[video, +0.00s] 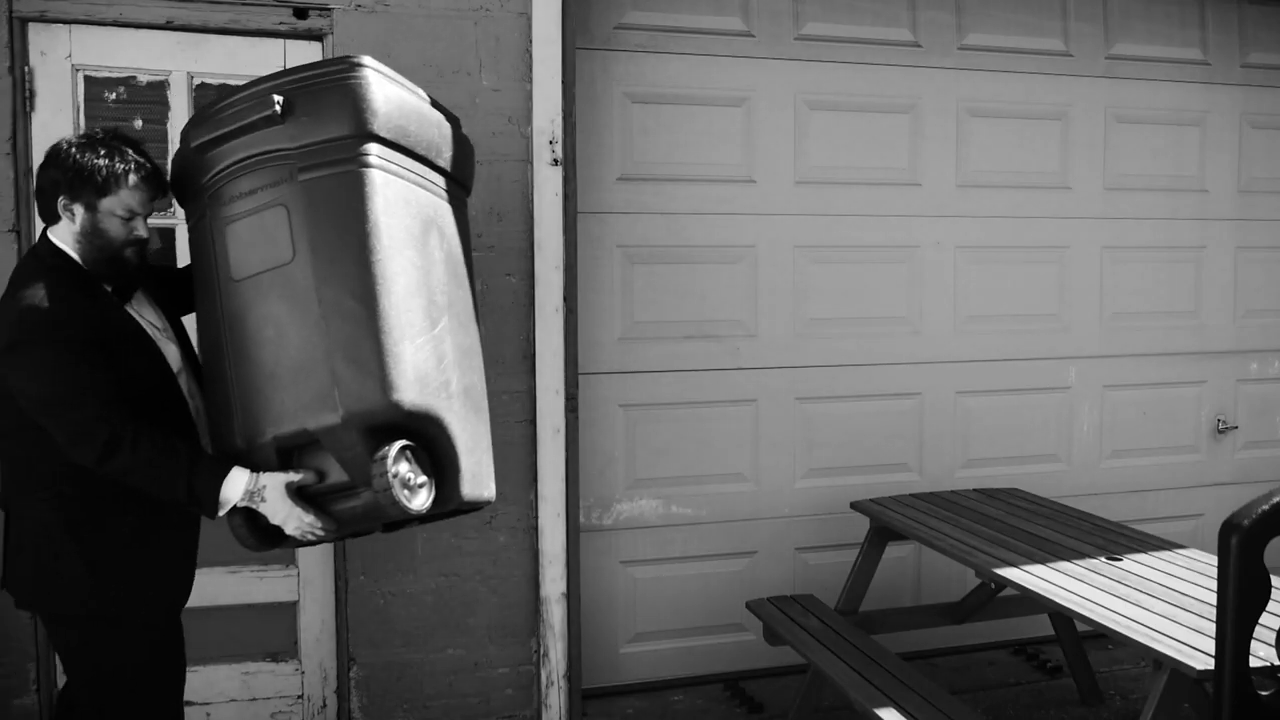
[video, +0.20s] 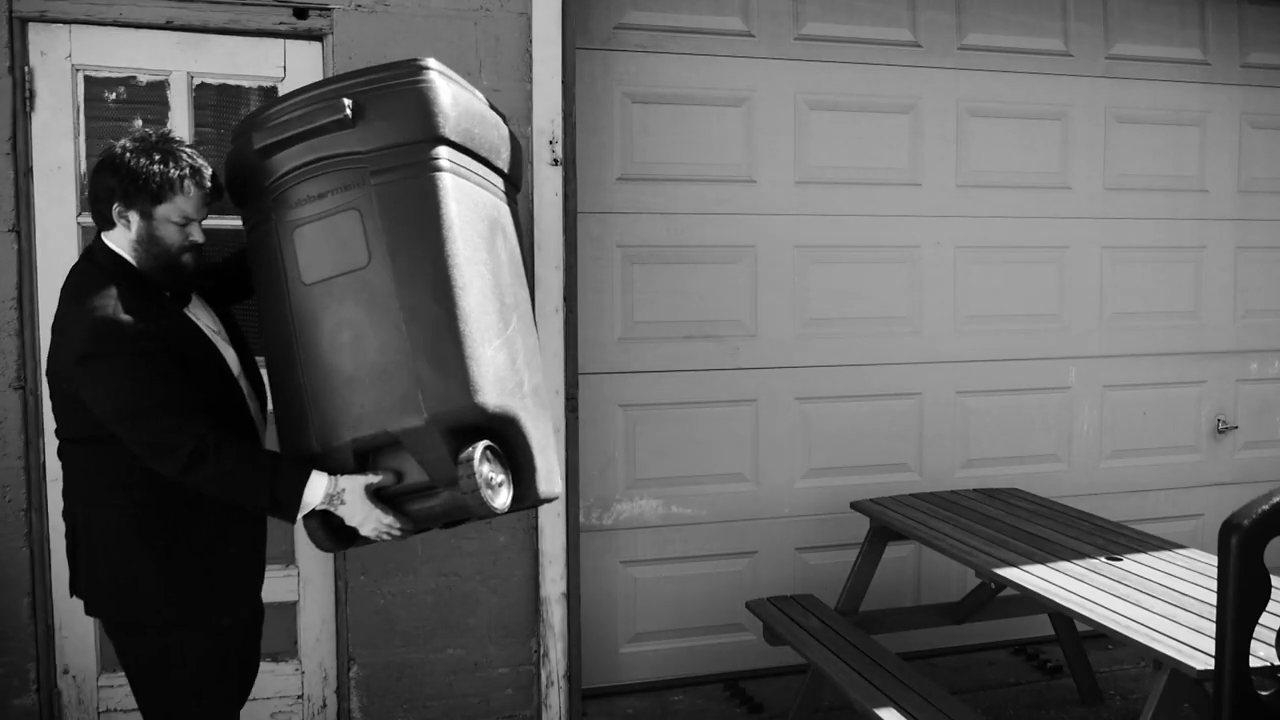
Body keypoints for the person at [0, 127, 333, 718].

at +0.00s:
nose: (144, 232)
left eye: (147, 216)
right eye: (126, 218)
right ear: (69, 211)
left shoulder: (122, 274)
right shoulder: (40, 311)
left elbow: (213, 282)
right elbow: (108, 444)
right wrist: (245, 488)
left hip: (144, 551)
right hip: (95, 569)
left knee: (141, 697)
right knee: (132, 703)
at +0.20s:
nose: (198, 239)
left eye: (199, 223)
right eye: (183, 226)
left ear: (129, 219)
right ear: (125, 218)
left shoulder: (165, 276)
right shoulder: (103, 320)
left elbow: (256, 269)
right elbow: (188, 451)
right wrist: (324, 492)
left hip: (210, 559)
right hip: (163, 582)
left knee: (223, 693)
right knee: (190, 705)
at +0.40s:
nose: (255, 229)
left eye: (256, 213)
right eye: (239, 217)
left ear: (185, 214)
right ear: (181, 213)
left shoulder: (222, 265)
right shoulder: (168, 313)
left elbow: (321, 242)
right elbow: (256, 447)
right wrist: (388, 479)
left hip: (261, 556)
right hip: (215, 576)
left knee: (293, 696)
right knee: (237, 706)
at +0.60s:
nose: (317, 238)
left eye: (318, 221)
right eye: (302, 225)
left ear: (247, 222)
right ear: (245, 220)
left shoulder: (266, 272)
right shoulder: (236, 319)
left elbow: (338, 260)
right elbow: (322, 446)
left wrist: (414, 203)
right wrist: (452, 477)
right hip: (274, 576)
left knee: (339, 702)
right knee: (286, 706)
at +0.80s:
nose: (385, 243)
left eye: (387, 228)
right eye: (371, 230)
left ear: (320, 225)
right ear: (318, 224)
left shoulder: (334, 279)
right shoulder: (306, 321)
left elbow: (403, 270)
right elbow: (387, 443)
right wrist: (508, 479)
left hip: (379, 552)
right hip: (345, 570)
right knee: (354, 703)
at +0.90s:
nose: (412, 240)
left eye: (415, 225)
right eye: (398, 226)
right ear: (348, 220)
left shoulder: (372, 279)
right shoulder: (334, 314)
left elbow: (427, 278)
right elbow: (412, 437)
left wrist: (494, 223)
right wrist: (530, 476)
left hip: (412, 535)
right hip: (373, 550)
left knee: (419, 692)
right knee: (394, 696)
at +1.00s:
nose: (436, 236)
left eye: (438, 221)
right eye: (422, 222)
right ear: (372, 216)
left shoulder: (401, 278)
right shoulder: (356, 309)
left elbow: (461, 272)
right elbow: (430, 431)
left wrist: (520, 220)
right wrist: (546, 472)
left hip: (437, 524)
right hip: (396, 538)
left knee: (438, 681)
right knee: (431, 685)